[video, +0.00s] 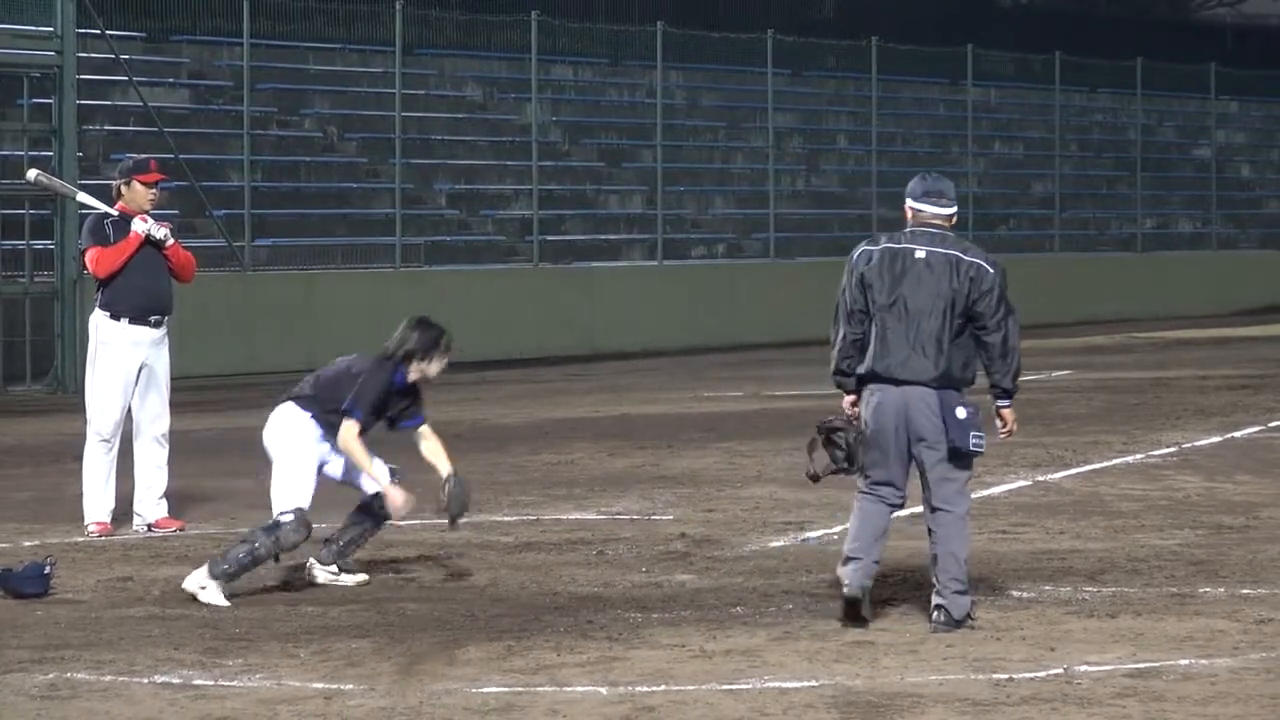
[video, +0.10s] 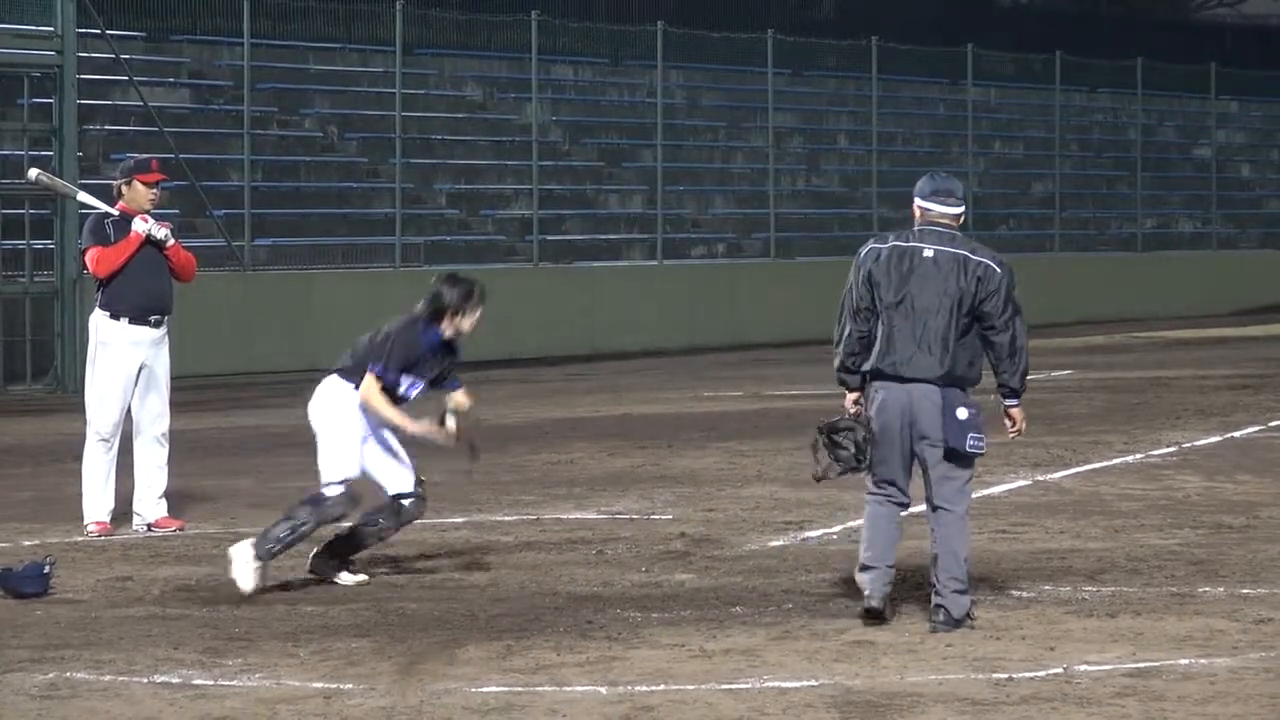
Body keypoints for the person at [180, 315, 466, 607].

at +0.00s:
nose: (444, 366)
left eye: (445, 359)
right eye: (442, 358)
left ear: (421, 357)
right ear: (421, 356)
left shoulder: (408, 388)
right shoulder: (379, 374)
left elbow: (423, 435)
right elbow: (346, 438)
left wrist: (448, 475)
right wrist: (385, 484)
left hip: (327, 438)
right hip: (295, 423)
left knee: (390, 488)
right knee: (293, 526)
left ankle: (328, 562)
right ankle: (208, 577)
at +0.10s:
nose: (478, 320)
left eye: (479, 313)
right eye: (475, 313)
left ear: (453, 314)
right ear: (454, 314)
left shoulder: (444, 347)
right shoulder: (410, 333)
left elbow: (458, 395)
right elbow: (368, 392)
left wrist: (454, 414)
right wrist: (415, 427)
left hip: (369, 412)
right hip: (337, 399)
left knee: (409, 501)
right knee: (341, 495)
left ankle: (328, 559)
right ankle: (253, 551)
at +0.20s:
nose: (503, 272)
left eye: (503, 265)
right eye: (498, 265)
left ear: (475, 270)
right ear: (476, 269)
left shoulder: (485, 305)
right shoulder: (431, 293)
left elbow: (502, 348)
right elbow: (398, 350)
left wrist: (513, 353)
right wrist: (454, 351)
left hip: (420, 391)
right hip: (387, 378)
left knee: (428, 493)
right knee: (420, 463)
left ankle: (344, 546)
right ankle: (355, 540)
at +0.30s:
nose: (530, 235)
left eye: (529, 228)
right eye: (523, 228)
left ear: (505, 234)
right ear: (499, 233)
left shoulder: (526, 273)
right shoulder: (457, 261)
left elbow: (558, 306)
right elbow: (416, 306)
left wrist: (573, 320)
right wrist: (459, 280)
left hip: (485, 374)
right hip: (446, 365)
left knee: (459, 476)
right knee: (477, 442)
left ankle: (377, 535)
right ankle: (467, 534)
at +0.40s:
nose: (559, 226)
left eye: (558, 218)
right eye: (551, 220)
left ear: (540, 225)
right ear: (527, 225)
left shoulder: (559, 262)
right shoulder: (487, 260)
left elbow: (610, 281)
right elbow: (428, 280)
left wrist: (657, 303)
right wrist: (468, 242)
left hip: (542, 370)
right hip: (499, 367)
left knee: (550, 478)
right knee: (524, 468)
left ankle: (482, 502)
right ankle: (497, 550)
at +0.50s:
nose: (598, 228)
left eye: (595, 221)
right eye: (588, 222)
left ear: (579, 229)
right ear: (564, 231)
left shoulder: (607, 267)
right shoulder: (521, 272)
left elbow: (669, 279)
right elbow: (461, 277)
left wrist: (720, 306)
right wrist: (503, 237)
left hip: (598, 378)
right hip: (550, 380)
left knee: (639, 468)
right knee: (553, 478)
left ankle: (625, 524)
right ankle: (508, 556)